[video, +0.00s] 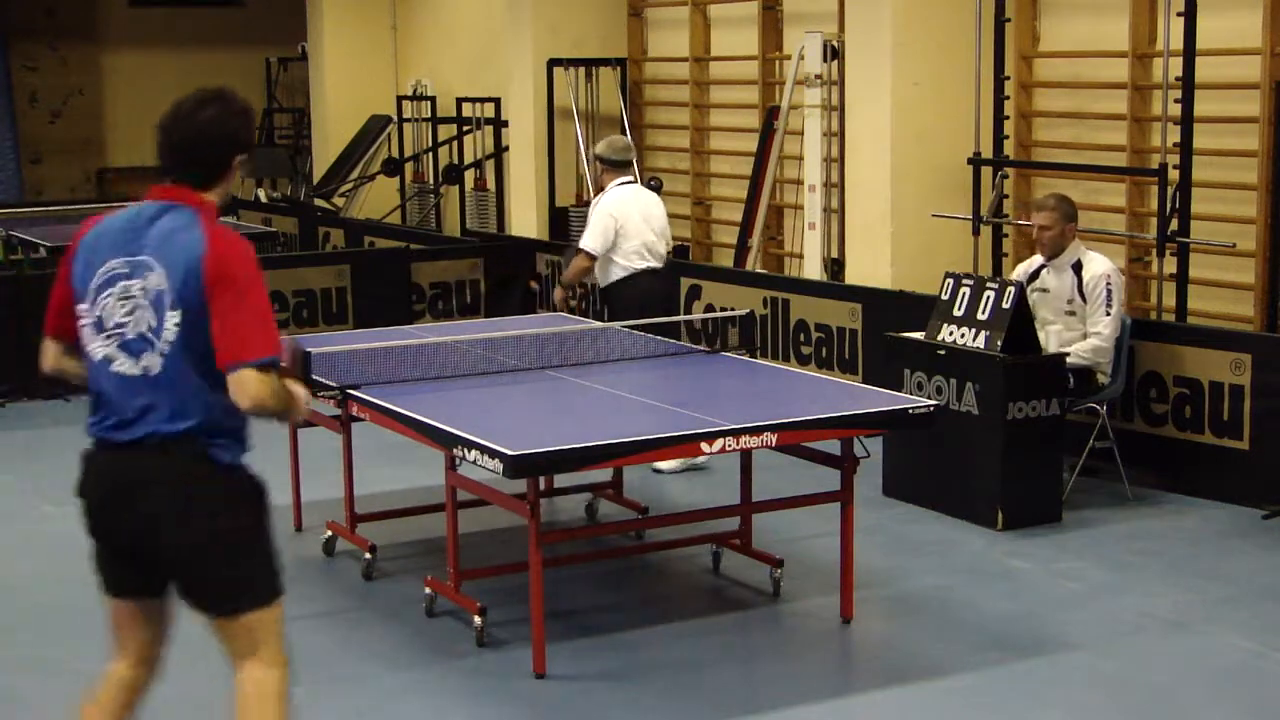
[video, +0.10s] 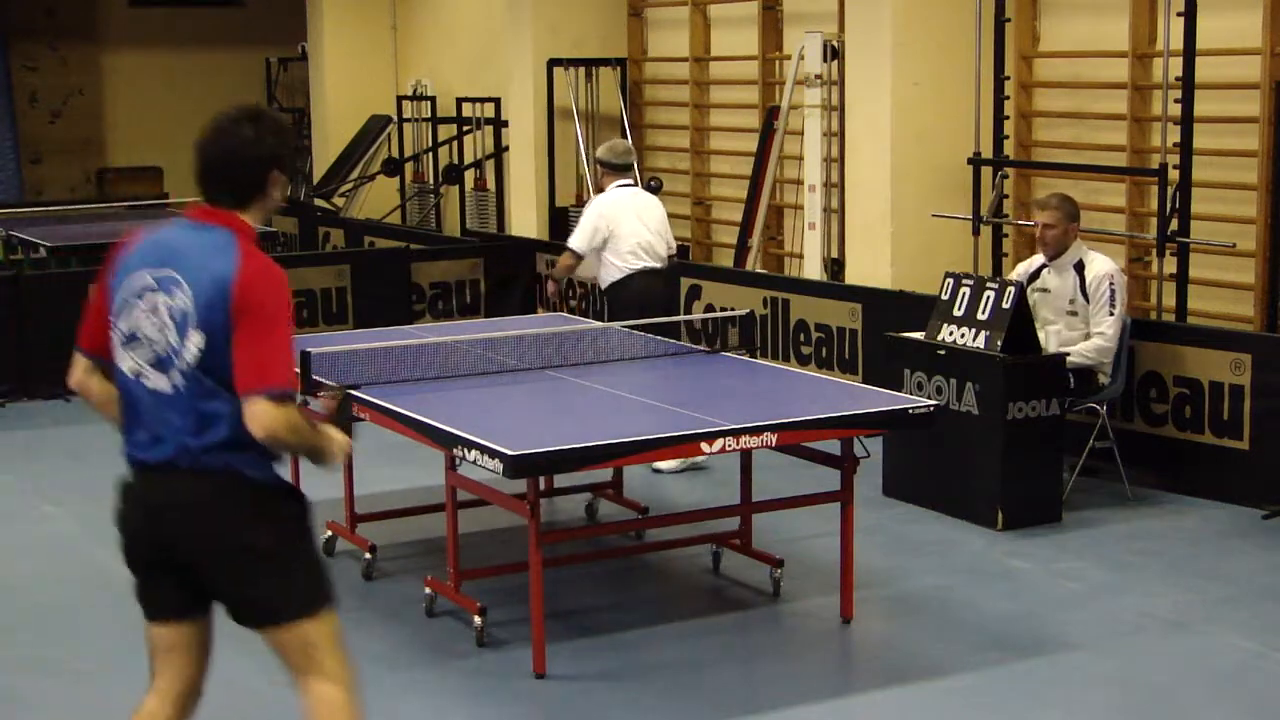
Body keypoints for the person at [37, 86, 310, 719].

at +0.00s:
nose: (244, 168)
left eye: (242, 156)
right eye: (245, 157)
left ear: (166, 151)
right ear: (233, 164)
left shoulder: (94, 237)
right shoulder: (221, 248)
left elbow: (55, 359)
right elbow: (249, 390)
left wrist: (133, 372)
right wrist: (290, 397)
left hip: (111, 474)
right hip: (201, 480)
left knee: (132, 656)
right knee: (258, 660)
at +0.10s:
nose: (286, 187)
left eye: (286, 173)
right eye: (285, 175)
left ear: (206, 171)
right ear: (271, 183)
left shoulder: (132, 249)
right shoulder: (254, 271)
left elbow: (85, 375)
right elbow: (267, 418)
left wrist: (155, 422)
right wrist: (323, 440)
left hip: (152, 502)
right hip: (241, 505)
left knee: (172, 684)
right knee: (323, 677)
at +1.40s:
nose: (848, 143)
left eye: (844, 132)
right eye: (844, 134)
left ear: (776, 146)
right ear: (832, 143)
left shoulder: (734, 221)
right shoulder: (823, 227)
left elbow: (711, 324)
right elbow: (875, 340)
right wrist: (906, 405)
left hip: (752, 429)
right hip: (827, 433)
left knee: (777, 577)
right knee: (862, 576)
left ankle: (711, 710)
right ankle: (876, 711)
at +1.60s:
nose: (886, 124)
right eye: (885, 117)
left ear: (820, 125)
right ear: (883, 127)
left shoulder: (775, 203)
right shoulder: (903, 211)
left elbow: (730, 307)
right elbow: (970, 322)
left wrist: (773, 318)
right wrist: (979, 401)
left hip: (796, 400)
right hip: (873, 406)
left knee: (822, 523)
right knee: (878, 558)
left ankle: (804, 671)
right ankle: (877, 710)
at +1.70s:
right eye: (892, 119)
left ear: (832, 127)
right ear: (896, 129)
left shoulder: (792, 204)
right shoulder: (923, 212)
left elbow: (751, 308)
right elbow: (984, 323)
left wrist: (791, 329)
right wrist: (982, 388)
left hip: (813, 397)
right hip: (888, 403)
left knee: (836, 531)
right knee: (885, 555)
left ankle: (846, 672)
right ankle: (880, 711)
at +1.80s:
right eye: (896, 124)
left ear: (839, 133)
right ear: (901, 134)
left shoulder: (803, 209)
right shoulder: (932, 215)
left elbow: (770, 315)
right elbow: (985, 327)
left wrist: (791, 323)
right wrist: (965, 381)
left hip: (826, 401)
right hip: (900, 404)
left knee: (854, 535)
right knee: (897, 548)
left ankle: (873, 661)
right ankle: (885, 706)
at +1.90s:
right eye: (890, 122)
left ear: (838, 132)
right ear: (898, 132)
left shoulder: (807, 207)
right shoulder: (933, 210)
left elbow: (786, 309)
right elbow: (979, 321)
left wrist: (773, 327)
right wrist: (953, 373)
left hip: (835, 396)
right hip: (907, 397)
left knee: (862, 526)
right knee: (919, 534)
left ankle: (886, 671)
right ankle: (902, 663)